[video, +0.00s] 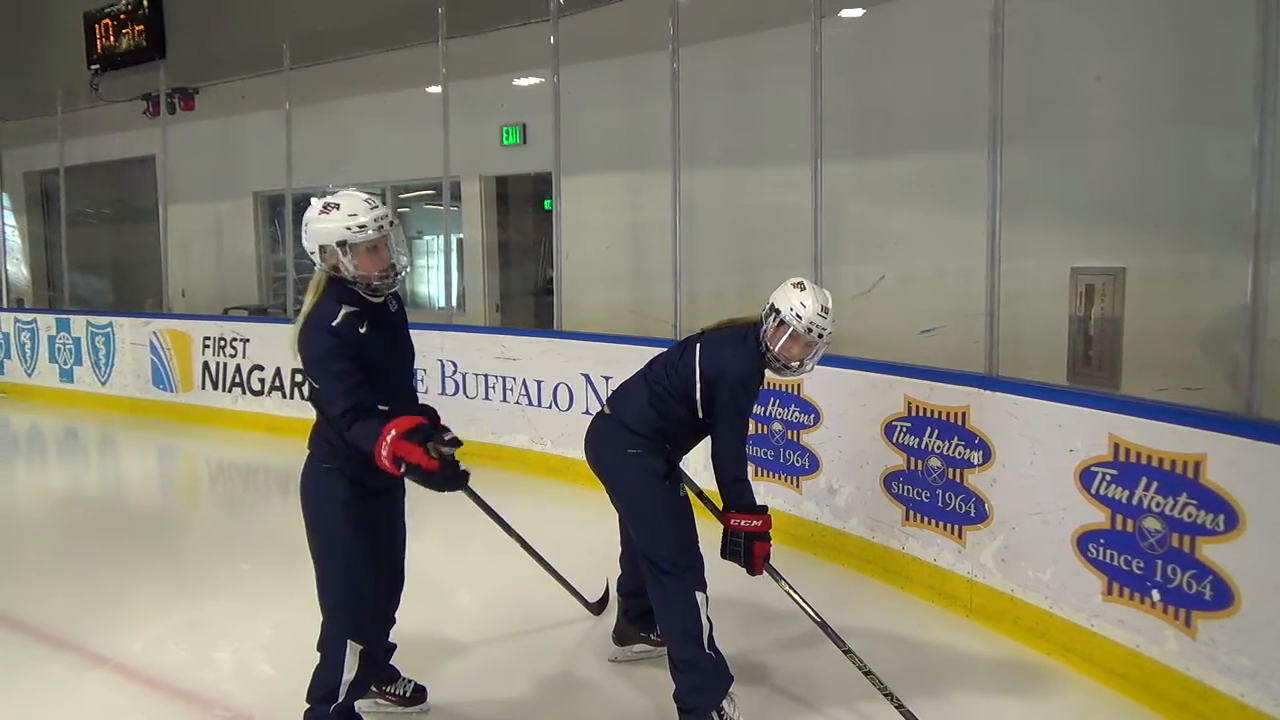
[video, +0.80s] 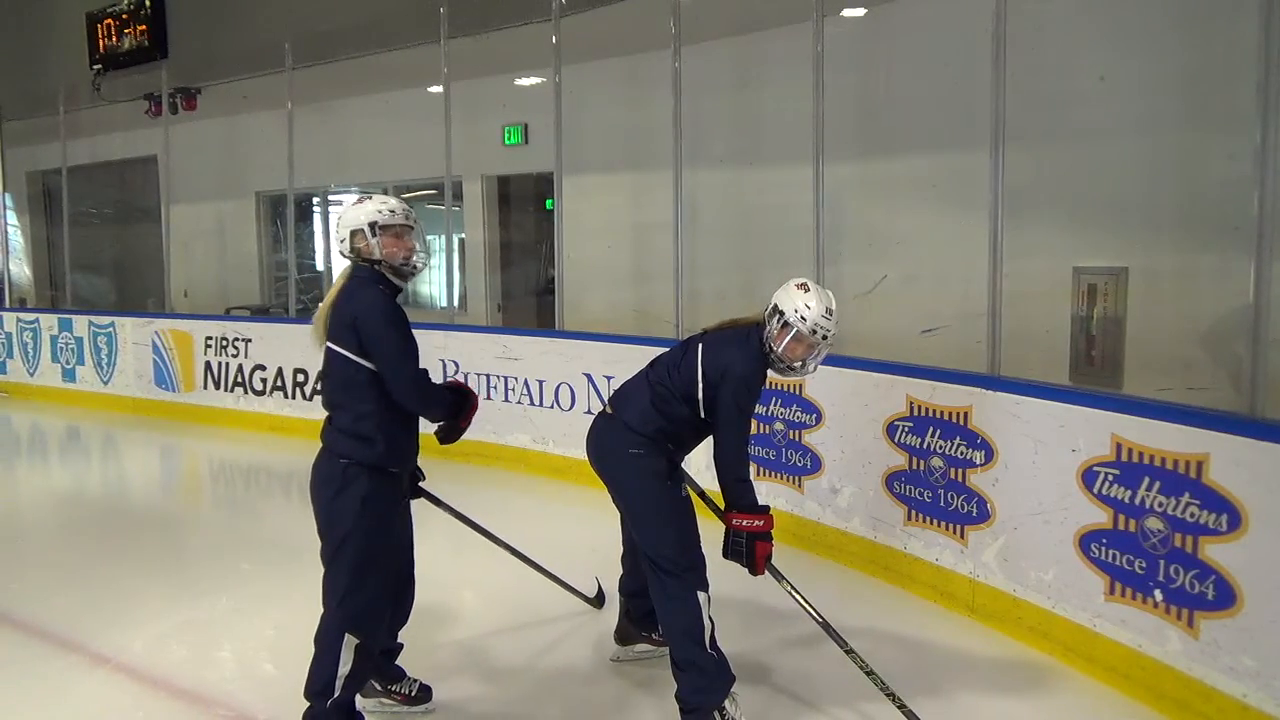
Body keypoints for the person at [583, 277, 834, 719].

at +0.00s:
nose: (790, 349)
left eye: (804, 343)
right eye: (786, 334)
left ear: (817, 347)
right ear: (770, 322)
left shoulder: (741, 341)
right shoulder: (740, 365)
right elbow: (728, 450)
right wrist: (746, 517)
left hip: (619, 435)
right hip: (634, 446)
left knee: (644, 534)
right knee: (678, 569)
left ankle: (635, 625)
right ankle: (703, 703)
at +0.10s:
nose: (790, 348)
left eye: (803, 342)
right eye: (786, 334)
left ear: (817, 346)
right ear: (770, 321)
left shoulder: (741, 343)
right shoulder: (740, 364)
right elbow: (729, 450)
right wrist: (746, 517)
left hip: (619, 435)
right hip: (634, 446)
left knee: (644, 535)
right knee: (679, 569)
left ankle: (636, 624)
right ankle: (704, 703)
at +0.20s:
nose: (792, 349)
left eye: (805, 342)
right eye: (788, 334)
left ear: (818, 346)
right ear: (771, 322)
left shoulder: (741, 341)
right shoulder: (741, 365)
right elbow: (729, 450)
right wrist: (746, 517)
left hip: (618, 435)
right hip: (636, 447)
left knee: (644, 534)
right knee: (680, 570)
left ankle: (636, 624)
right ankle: (704, 703)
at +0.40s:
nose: (794, 350)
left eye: (807, 343)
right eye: (790, 335)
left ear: (819, 346)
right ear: (772, 323)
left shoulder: (743, 341)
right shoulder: (741, 364)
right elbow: (730, 450)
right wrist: (747, 517)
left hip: (619, 435)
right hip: (635, 447)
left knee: (645, 534)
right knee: (680, 569)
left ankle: (637, 624)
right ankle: (704, 703)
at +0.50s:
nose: (793, 349)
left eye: (806, 343)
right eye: (789, 335)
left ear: (819, 347)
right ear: (772, 322)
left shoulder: (742, 341)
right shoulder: (742, 364)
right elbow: (730, 449)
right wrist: (747, 517)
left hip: (619, 436)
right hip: (636, 447)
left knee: (645, 536)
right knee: (679, 569)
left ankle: (637, 625)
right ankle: (704, 704)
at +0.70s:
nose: (793, 349)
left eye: (806, 343)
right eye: (789, 335)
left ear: (819, 347)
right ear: (772, 322)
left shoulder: (743, 340)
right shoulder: (743, 365)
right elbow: (730, 450)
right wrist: (748, 518)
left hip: (619, 435)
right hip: (636, 446)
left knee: (644, 536)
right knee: (680, 570)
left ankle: (637, 625)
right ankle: (704, 704)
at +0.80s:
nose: (795, 350)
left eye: (807, 344)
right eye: (791, 335)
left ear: (820, 347)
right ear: (773, 322)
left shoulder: (743, 341)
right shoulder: (743, 365)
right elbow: (731, 451)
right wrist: (749, 519)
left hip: (619, 435)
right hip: (636, 446)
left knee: (645, 535)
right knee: (680, 570)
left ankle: (637, 624)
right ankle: (704, 704)